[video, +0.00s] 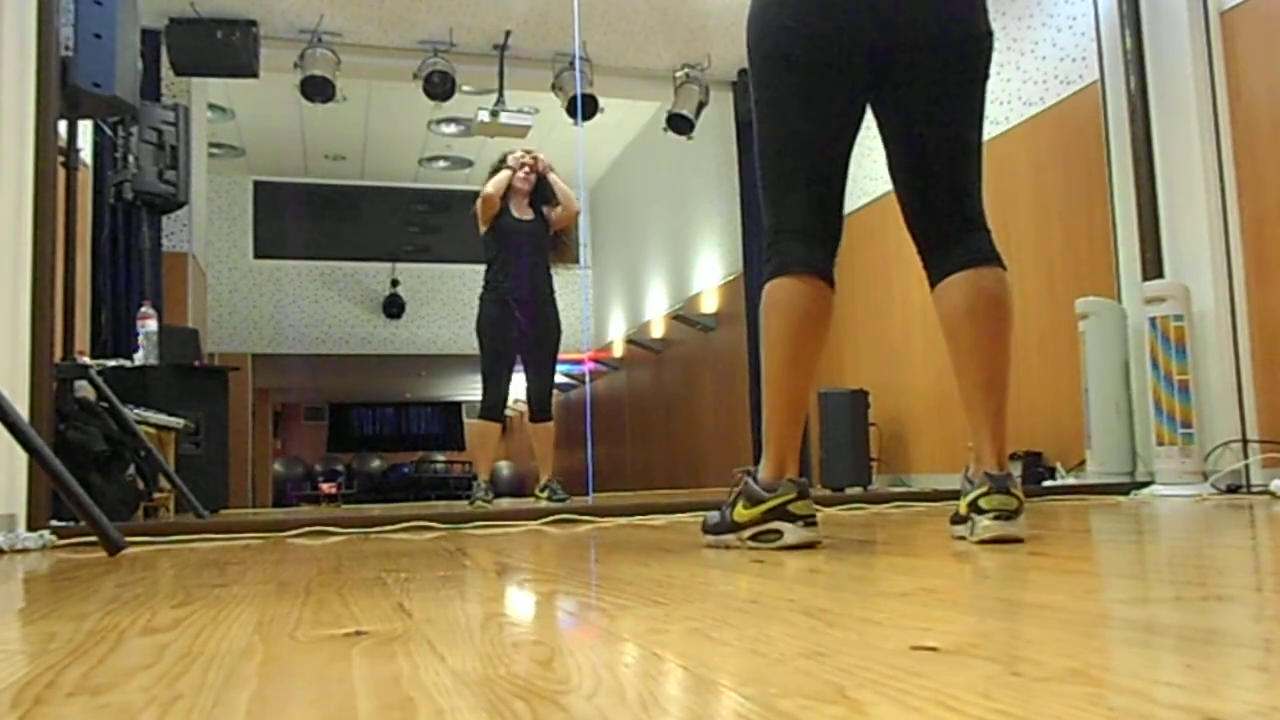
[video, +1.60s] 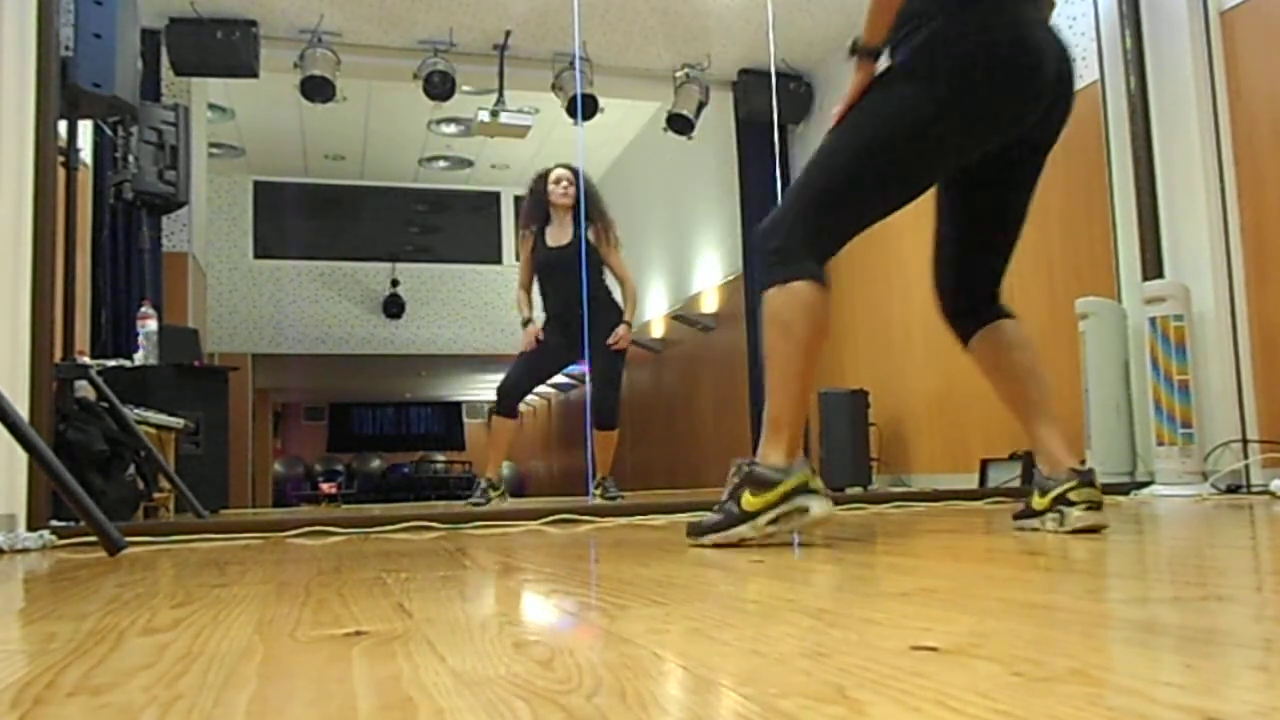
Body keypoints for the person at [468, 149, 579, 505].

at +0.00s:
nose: (526, 172)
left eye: (531, 169)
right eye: (520, 167)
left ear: (537, 179)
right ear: (507, 175)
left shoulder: (544, 216)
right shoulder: (491, 212)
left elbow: (572, 209)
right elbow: (490, 193)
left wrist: (549, 173)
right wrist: (509, 169)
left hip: (542, 308)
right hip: (500, 308)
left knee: (541, 398)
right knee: (494, 397)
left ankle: (546, 480)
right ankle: (482, 481)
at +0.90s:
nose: (527, 173)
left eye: (533, 171)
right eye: (521, 166)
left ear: (537, 185)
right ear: (504, 175)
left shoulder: (539, 222)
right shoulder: (484, 209)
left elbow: (561, 211)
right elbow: (455, 183)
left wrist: (551, 176)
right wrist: (484, 172)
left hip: (530, 310)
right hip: (488, 310)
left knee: (565, 388)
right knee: (488, 398)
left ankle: (551, 474)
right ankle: (483, 482)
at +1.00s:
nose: (528, 177)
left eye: (534, 174)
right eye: (522, 171)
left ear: (539, 188)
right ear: (507, 181)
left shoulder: (542, 223)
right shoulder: (486, 217)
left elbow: (564, 243)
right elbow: (442, 227)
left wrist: (557, 198)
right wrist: (476, 196)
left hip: (526, 318)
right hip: (482, 316)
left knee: (573, 385)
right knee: (478, 398)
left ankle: (568, 470)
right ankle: (481, 483)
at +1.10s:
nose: (530, 182)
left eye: (537, 179)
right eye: (523, 177)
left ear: (544, 191)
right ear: (510, 186)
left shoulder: (551, 227)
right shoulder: (493, 221)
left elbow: (572, 277)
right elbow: (451, 270)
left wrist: (555, 228)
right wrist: (476, 244)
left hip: (528, 321)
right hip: (484, 318)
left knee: (564, 398)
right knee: (470, 397)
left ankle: (593, 473)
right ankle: (480, 483)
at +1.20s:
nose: (534, 188)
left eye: (541, 184)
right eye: (528, 183)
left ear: (549, 196)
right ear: (514, 193)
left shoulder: (561, 238)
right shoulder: (497, 235)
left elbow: (579, 296)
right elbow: (479, 281)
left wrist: (564, 276)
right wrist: (478, 293)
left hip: (538, 329)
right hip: (494, 326)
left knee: (561, 412)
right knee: (467, 400)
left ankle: (593, 478)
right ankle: (480, 483)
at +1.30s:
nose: (540, 195)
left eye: (547, 190)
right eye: (534, 189)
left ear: (555, 201)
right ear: (521, 199)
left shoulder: (569, 243)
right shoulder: (507, 243)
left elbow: (594, 299)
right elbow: (496, 294)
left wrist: (578, 322)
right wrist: (487, 321)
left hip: (552, 338)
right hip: (509, 337)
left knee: (570, 418)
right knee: (467, 402)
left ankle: (599, 479)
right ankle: (481, 483)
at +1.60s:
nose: (564, 188)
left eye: (570, 183)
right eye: (557, 183)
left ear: (579, 192)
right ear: (544, 192)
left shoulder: (594, 231)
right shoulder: (532, 238)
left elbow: (627, 282)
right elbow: (524, 289)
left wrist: (627, 322)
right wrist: (528, 322)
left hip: (602, 329)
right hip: (559, 332)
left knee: (604, 405)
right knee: (507, 392)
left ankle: (604, 481)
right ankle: (491, 480)